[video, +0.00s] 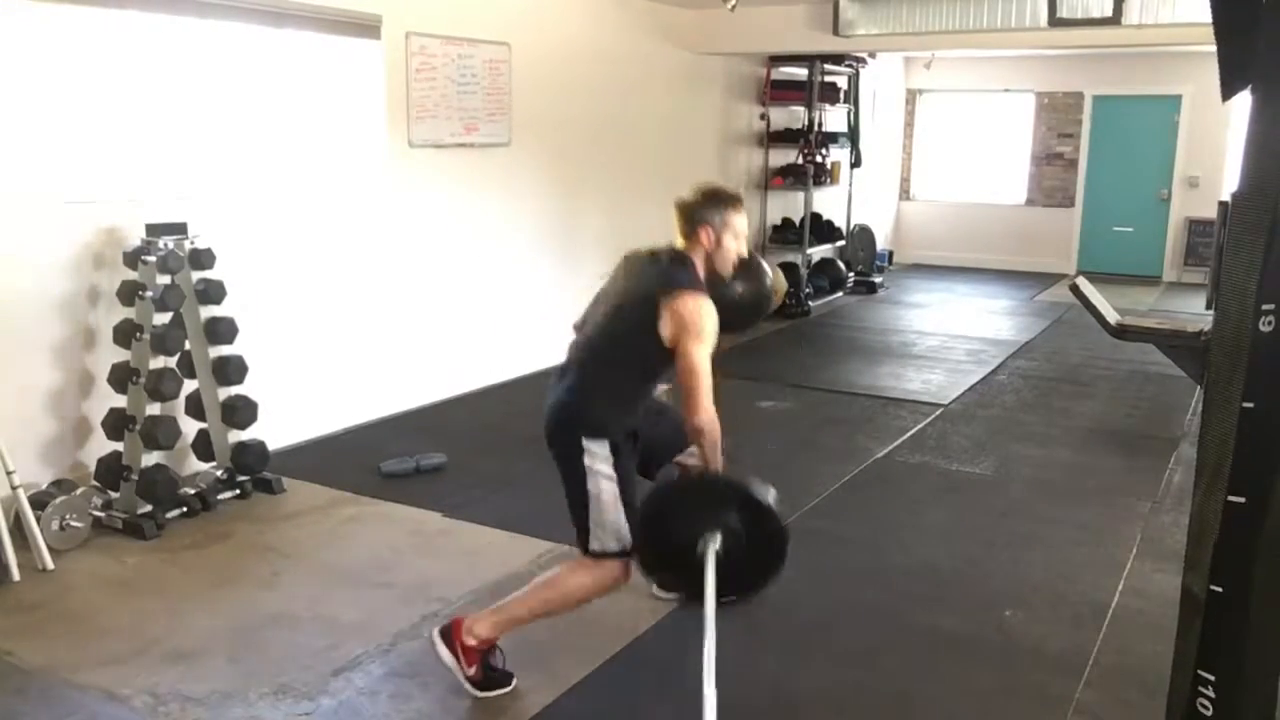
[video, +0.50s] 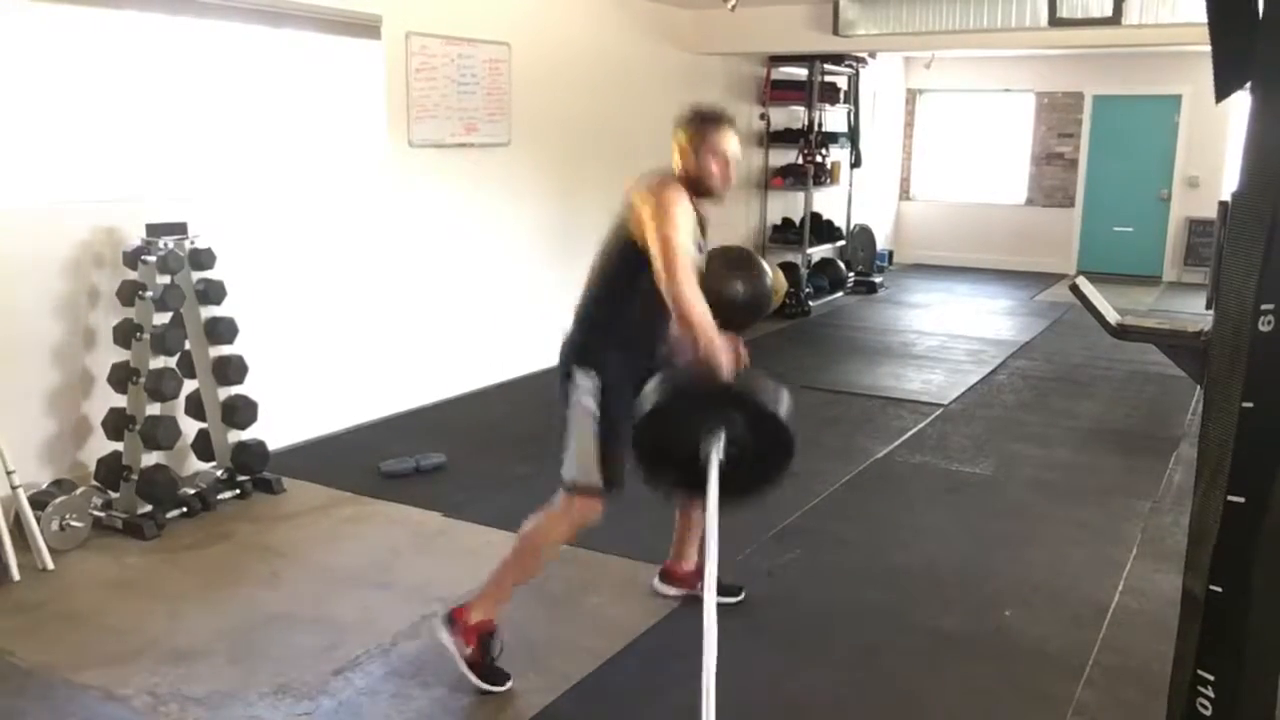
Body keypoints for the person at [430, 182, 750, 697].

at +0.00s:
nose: (743, 248)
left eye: (744, 236)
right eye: (738, 236)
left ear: (698, 235)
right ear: (707, 235)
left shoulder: (646, 263)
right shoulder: (694, 303)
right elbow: (700, 419)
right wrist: (717, 485)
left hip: (623, 402)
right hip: (589, 421)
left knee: (696, 460)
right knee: (609, 565)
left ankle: (670, 558)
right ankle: (474, 634)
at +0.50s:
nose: (727, 168)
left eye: (730, 157)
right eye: (716, 155)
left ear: (726, 159)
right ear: (687, 153)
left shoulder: (686, 208)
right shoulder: (663, 196)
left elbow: (678, 288)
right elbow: (675, 278)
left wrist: (707, 342)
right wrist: (715, 347)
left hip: (648, 359)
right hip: (598, 363)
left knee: (701, 445)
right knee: (582, 503)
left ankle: (683, 564)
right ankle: (475, 617)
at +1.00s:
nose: (641, 148)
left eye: (652, 136)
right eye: (634, 136)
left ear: (672, 142)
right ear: (620, 141)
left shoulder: (684, 196)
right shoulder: (596, 202)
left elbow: (709, 141)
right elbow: (575, 269)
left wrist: (703, 78)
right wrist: (569, 301)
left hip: (668, 368)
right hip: (602, 362)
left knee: (690, 480)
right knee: (555, 481)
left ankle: (732, 545)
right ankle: (548, 610)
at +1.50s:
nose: (723, 179)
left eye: (724, 166)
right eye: (717, 165)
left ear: (686, 161)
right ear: (683, 159)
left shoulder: (665, 211)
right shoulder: (647, 214)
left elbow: (662, 294)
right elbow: (648, 299)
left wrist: (709, 318)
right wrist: (715, 327)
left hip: (622, 363)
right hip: (586, 369)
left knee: (683, 449)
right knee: (595, 516)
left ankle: (676, 568)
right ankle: (475, 618)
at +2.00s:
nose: (746, 275)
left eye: (748, 264)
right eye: (743, 262)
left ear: (700, 257)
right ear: (712, 258)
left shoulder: (640, 283)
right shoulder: (706, 326)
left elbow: (581, 346)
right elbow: (707, 436)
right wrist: (700, 518)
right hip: (592, 435)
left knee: (693, 446)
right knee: (611, 579)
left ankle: (677, 557)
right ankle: (473, 627)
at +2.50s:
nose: (653, 150)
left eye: (664, 140)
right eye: (645, 138)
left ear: (684, 141)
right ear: (630, 133)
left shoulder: (693, 192)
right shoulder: (594, 179)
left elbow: (735, 252)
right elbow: (532, 239)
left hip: (667, 355)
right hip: (598, 352)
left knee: (690, 475)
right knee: (558, 478)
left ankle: (731, 538)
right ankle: (528, 609)